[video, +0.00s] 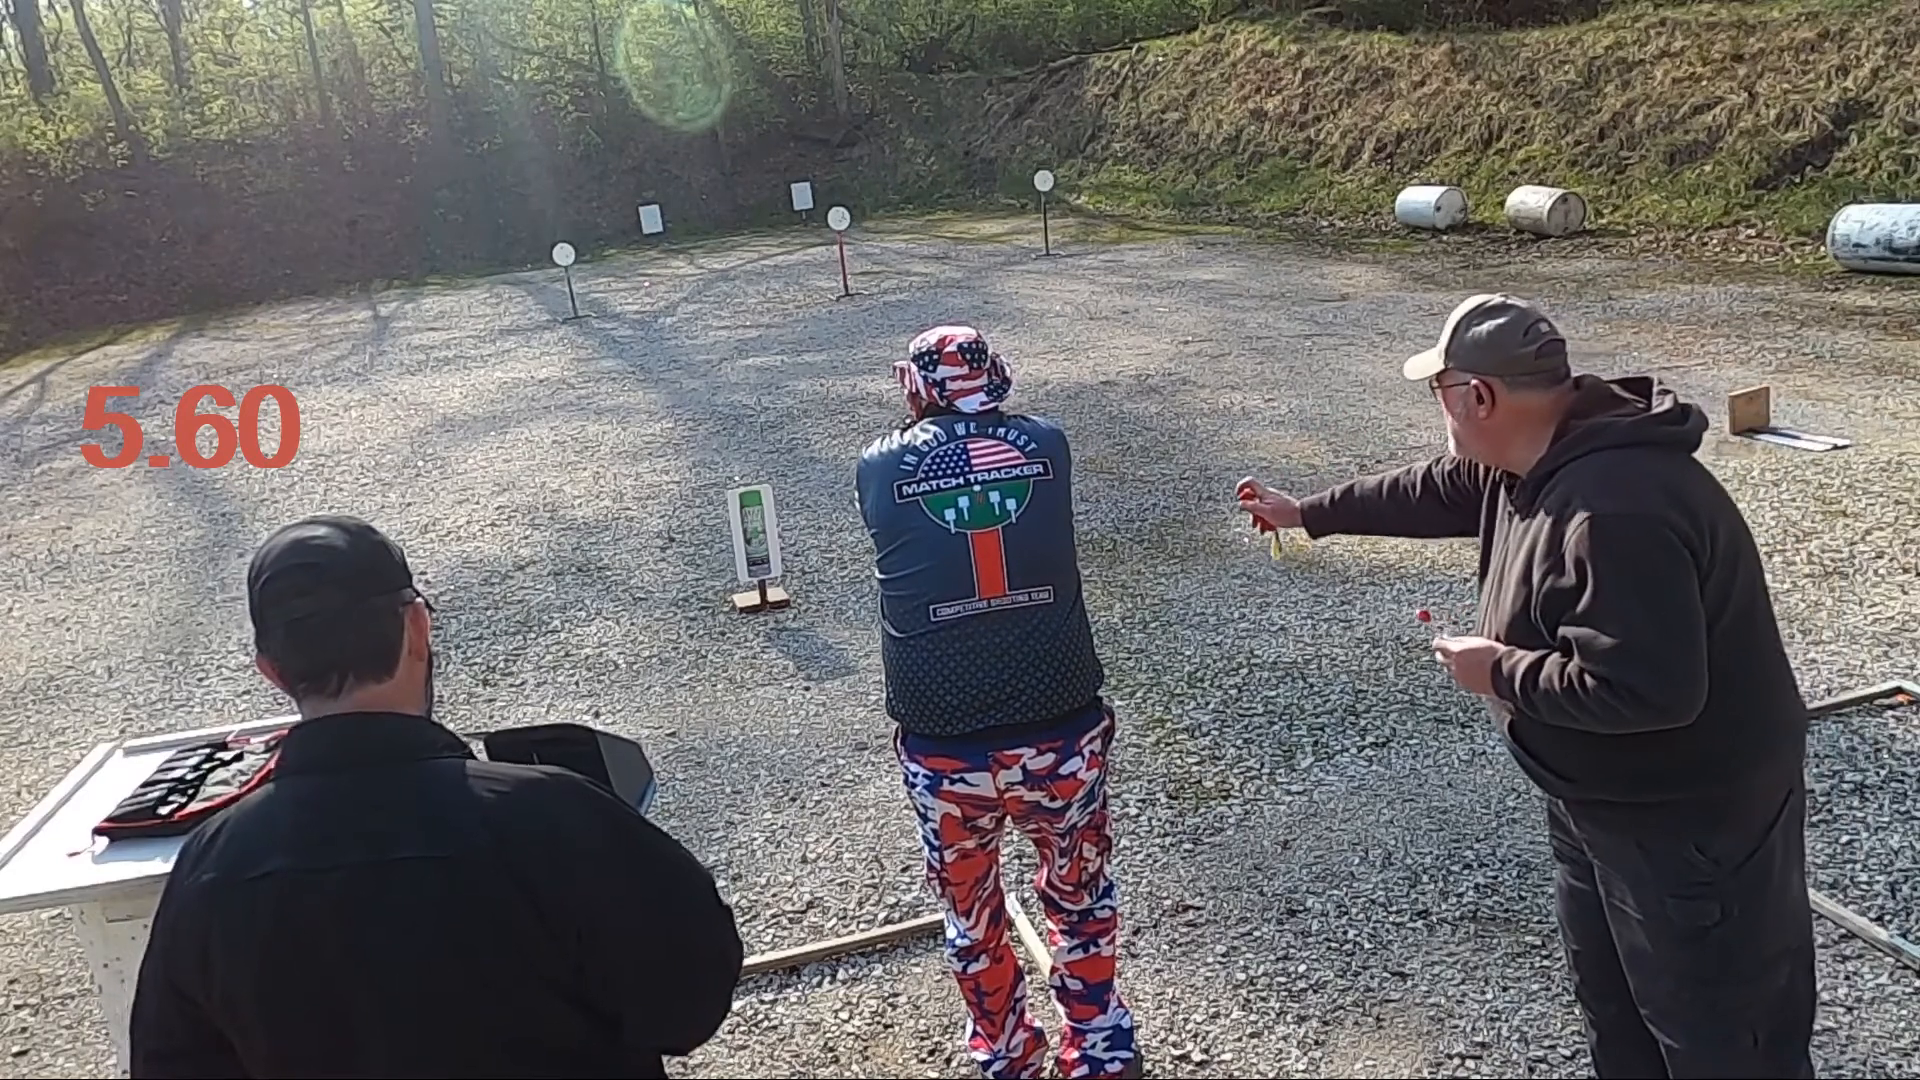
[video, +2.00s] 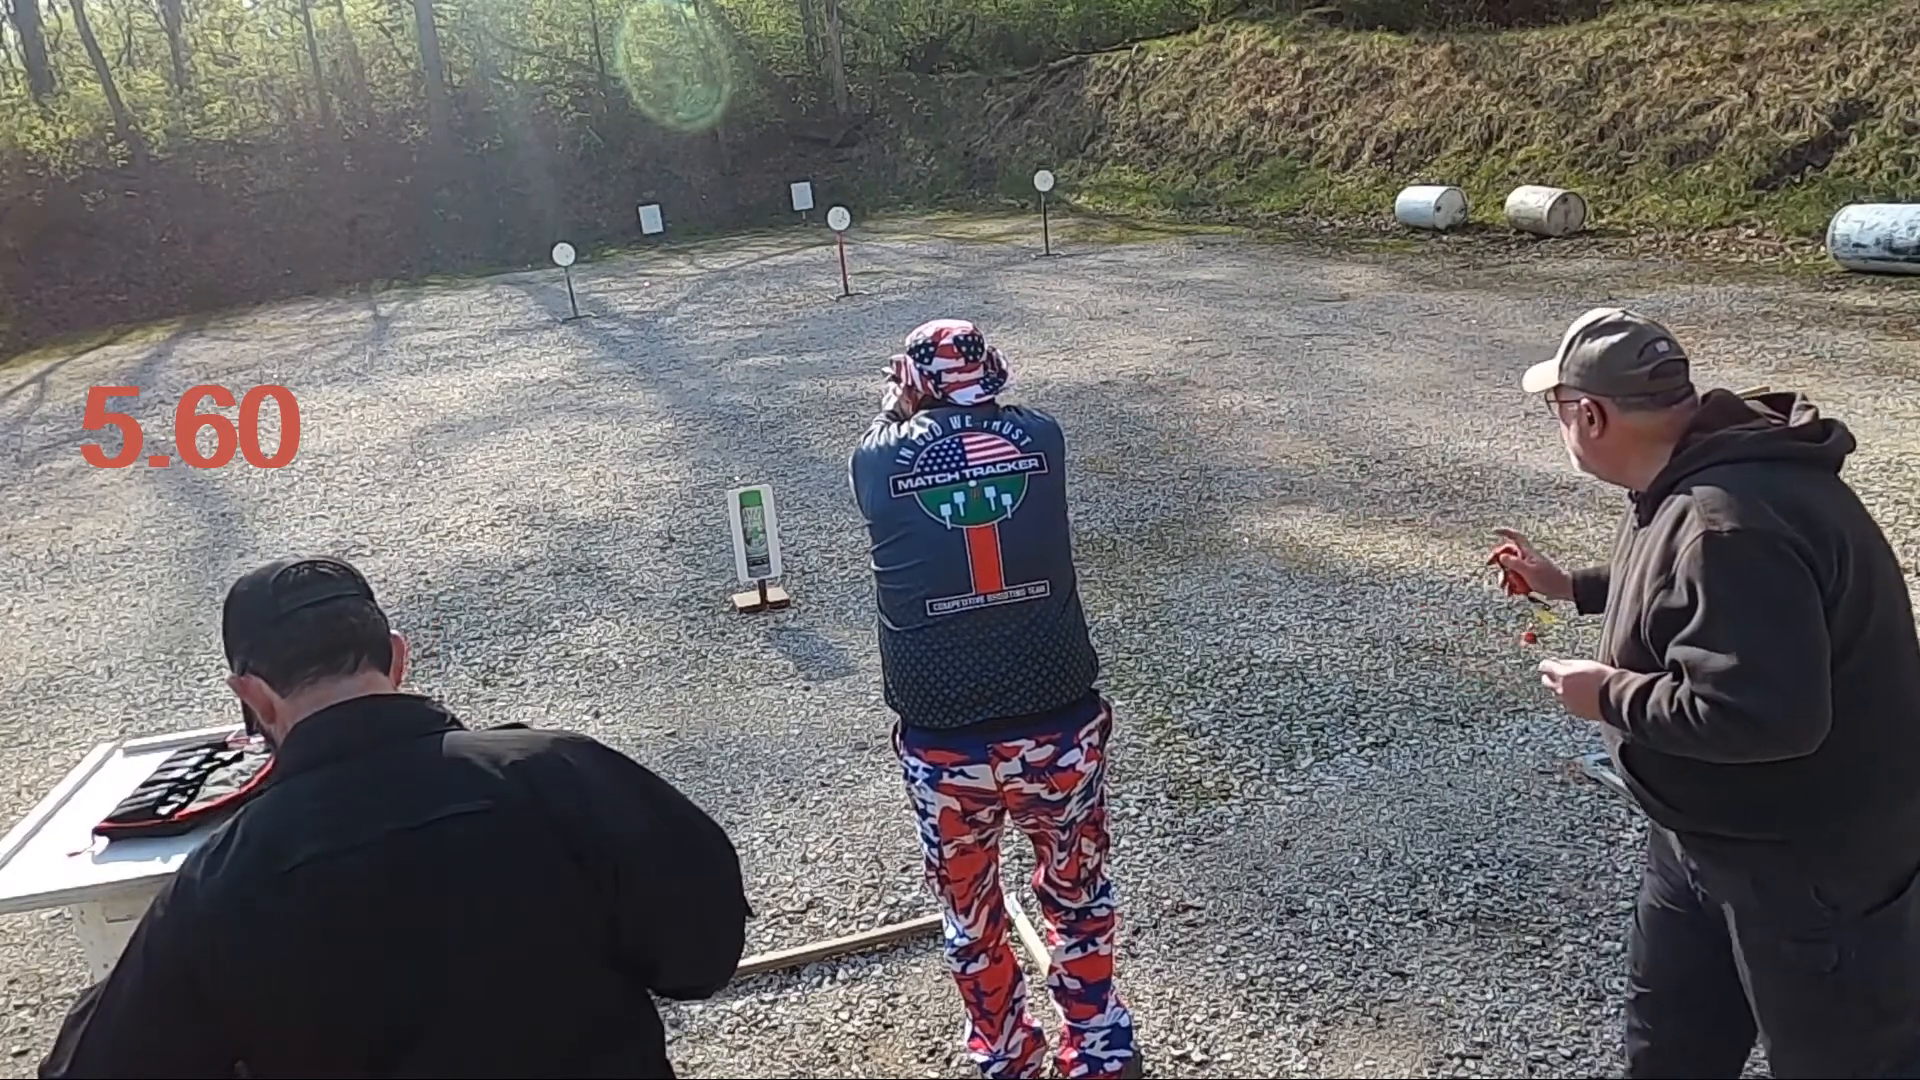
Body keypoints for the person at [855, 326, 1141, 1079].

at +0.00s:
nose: (904, 398)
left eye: (907, 389)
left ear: (915, 397)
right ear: (997, 388)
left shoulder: (878, 470)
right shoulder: (1047, 443)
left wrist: (932, 421)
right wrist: (947, 416)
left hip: (944, 749)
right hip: (1062, 735)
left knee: (972, 908)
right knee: (1080, 897)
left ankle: (1006, 1058)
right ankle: (1102, 1056)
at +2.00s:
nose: (904, 394)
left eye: (908, 385)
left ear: (910, 395)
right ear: (992, 385)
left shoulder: (874, 465)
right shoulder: (1041, 436)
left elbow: (884, 441)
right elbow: (980, 430)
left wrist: (901, 404)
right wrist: (937, 400)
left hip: (943, 746)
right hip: (1061, 731)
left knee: (971, 909)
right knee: (1077, 894)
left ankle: (1005, 1057)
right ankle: (1100, 1054)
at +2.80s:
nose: (944, 377)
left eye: (946, 367)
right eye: (950, 366)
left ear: (954, 379)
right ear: (1028, 370)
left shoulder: (917, 446)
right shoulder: (1079, 419)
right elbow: (1028, 419)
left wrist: (970, 395)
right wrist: (982, 389)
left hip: (985, 726)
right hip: (1105, 714)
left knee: (980, 891)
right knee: (1118, 872)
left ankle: (1000, 1054)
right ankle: (1106, 1039)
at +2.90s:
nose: (981, 380)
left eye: (979, 369)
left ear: (978, 378)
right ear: (1056, 368)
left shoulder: (939, 446)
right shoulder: (1101, 419)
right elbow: (1053, 419)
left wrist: (993, 396)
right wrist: (1012, 391)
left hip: (1005, 725)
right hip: (1126, 711)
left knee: (995, 892)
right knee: (1172, 847)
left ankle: (1001, 1055)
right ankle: (1176, 1025)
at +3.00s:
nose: (1077, 392)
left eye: (1015, 379)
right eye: (1081, 379)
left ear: (1010, 389)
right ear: (1088, 383)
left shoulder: (970, 460)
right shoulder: (1131, 433)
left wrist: (1032, 410)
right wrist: (1051, 406)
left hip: (1032, 736)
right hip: (1155, 721)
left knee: (1008, 887)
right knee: (1236, 844)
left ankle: (1002, 1052)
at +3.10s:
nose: (1131, 402)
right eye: (1133, 390)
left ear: (1063, 400)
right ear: (1139, 395)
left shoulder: (1019, 469)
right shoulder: (1180, 447)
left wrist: (1084, 416)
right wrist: (1095, 418)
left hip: (1063, 743)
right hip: (1190, 733)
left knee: (1028, 888)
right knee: (1293, 838)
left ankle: (1004, 1051)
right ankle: (1394, 966)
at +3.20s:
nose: (1210, 392)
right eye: (1213, 380)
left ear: (1143, 387)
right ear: (1220, 387)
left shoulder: (1097, 453)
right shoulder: (1257, 441)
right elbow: (1202, 443)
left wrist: (1161, 403)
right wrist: (1170, 404)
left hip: (1119, 733)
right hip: (1245, 731)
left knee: (1065, 880)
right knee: (1344, 826)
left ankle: (1013, 1052)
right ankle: (1434, 957)